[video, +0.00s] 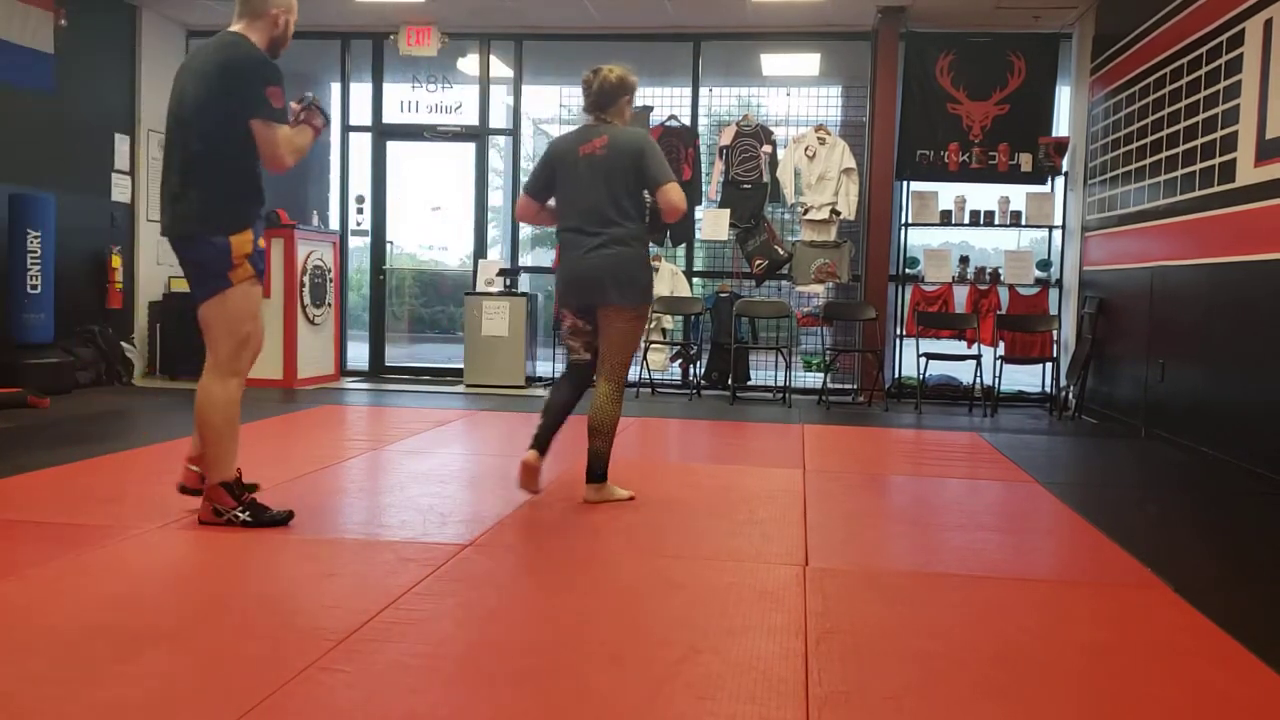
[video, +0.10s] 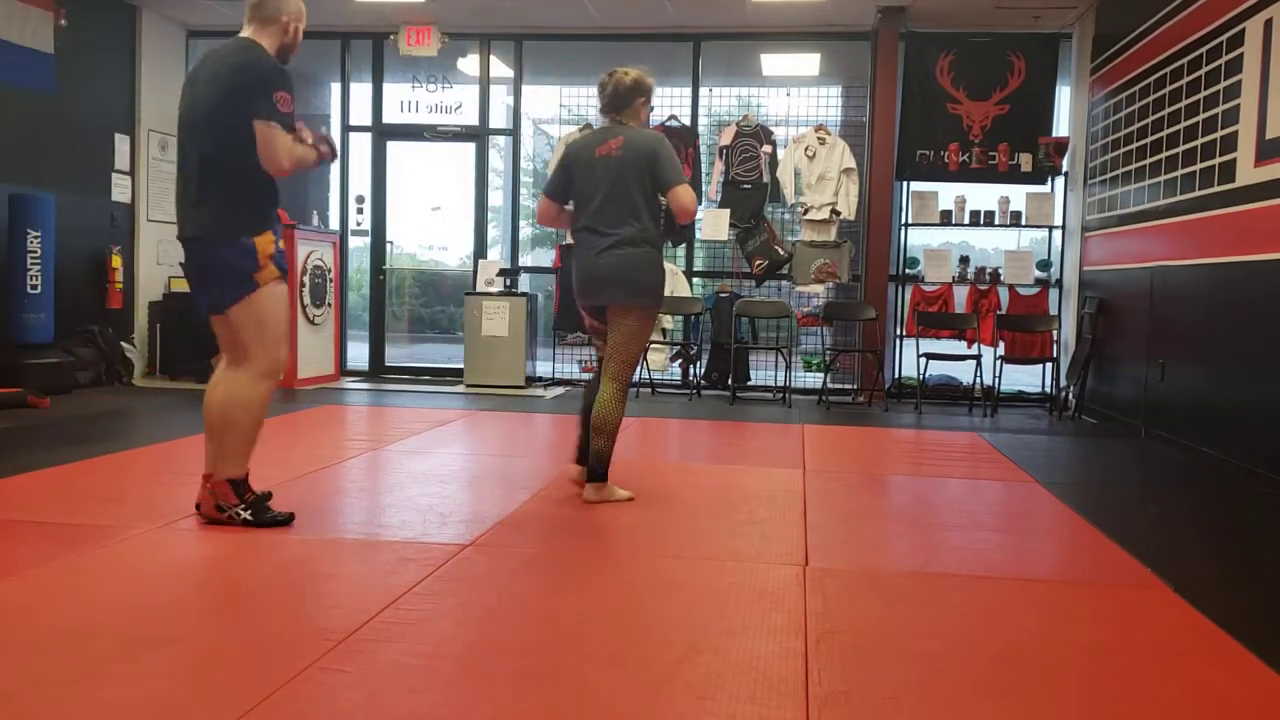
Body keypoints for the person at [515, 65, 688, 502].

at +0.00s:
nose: (634, 110)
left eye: (633, 103)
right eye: (633, 103)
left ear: (588, 103)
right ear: (624, 104)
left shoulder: (562, 145)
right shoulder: (638, 141)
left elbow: (526, 209)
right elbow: (675, 205)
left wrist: (569, 216)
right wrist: (653, 211)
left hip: (574, 269)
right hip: (625, 269)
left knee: (578, 368)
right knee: (611, 379)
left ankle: (536, 451)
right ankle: (597, 483)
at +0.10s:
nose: (650, 112)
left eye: (650, 106)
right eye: (649, 106)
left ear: (604, 106)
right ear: (640, 106)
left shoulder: (577, 145)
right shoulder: (652, 142)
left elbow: (546, 213)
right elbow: (685, 206)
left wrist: (585, 218)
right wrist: (667, 211)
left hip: (586, 267)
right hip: (637, 266)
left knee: (609, 364)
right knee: (616, 377)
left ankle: (585, 459)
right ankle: (597, 482)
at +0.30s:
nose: (684, 122)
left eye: (684, 115)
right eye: (682, 115)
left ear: (639, 115)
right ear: (669, 113)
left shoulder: (615, 157)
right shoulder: (680, 150)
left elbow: (585, 223)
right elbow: (703, 217)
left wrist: (621, 237)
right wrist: (721, 248)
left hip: (621, 270)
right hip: (663, 269)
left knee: (655, 369)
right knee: (632, 377)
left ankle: (669, 466)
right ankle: (598, 480)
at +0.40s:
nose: (701, 126)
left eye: (701, 118)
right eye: (699, 118)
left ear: (660, 119)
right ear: (684, 116)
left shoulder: (636, 162)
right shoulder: (690, 156)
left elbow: (608, 226)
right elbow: (706, 223)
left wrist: (643, 244)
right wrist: (737, 267)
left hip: (641, 273)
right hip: (678, 274)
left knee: (674, 369)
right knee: (650, 377)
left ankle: (674, 469)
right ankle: (601, 472)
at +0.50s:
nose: (724, 123)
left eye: (723, 115)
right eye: (720, 115)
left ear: (687, 117)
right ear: (702, 115)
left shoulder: (656, 159)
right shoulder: (705, 153)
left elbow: (636, 227)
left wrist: (679, 236)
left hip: (657, 271)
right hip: (693, 271)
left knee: (684, 371)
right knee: (693, 374)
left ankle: (674, 469)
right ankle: (623, 453)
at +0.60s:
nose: (747, 121)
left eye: (745, 113)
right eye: (741, 113)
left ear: (712, 117)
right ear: (718, 115)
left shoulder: (686, 153)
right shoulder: (718, 151)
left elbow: (666, 226)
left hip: (677, 276)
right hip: (703, 278)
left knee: (696, 364)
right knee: (734, 369)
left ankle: (675, 461)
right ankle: (672, 449)